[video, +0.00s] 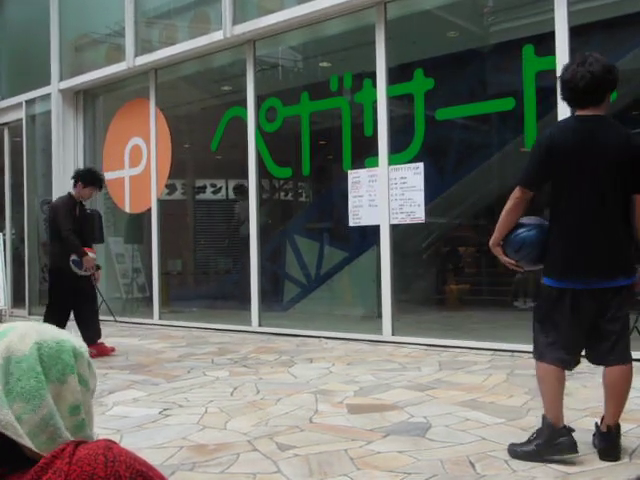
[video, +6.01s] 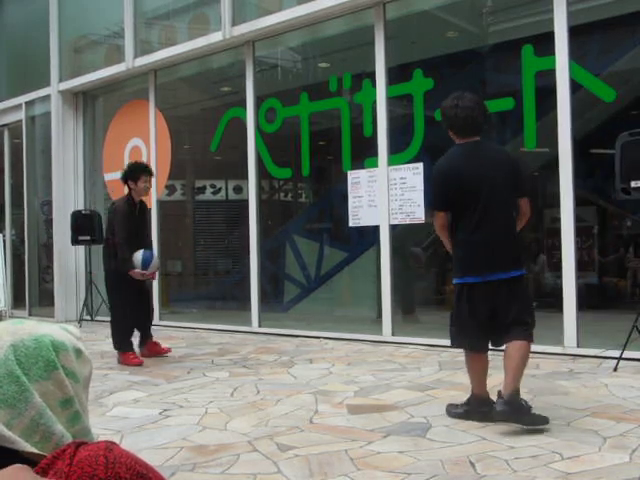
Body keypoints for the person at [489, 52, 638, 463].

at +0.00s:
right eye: (611, 89)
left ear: (568, 94)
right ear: (611, 94)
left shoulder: (555, 139)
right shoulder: (627, 139)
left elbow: (521, 195)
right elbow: (635, 204)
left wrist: (496, 240)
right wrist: (633, 250)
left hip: (566, 266)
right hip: (617, 263)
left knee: (550, 344)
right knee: (617, 347)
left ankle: (553, 431)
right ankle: (610, 433)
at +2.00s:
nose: (549, 128)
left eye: (549, 123)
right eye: (550, 122)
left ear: (555, 125)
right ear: (585, 124)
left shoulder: (561, 154)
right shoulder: (598, 158)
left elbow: (549, 197)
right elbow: (596, 209)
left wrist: (522, 237)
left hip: (563, 263)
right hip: (591, 263)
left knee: (548, 327)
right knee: (585, 328)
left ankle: (557, 402)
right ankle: (594, 397)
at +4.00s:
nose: (577, 115)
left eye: (580, 107)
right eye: (578, 107)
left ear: (594, 109)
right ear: (602, 110)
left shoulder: (617, 144)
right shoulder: (608, 145)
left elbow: (628, 194)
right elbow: (616, 198)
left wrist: (629, 242)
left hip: (609, 256)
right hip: (605, 255)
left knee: (595, 330)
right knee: (594, 330)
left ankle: (584, 403)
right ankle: (584, 402)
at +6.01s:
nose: (447, 129)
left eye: (446, 124)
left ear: (448, 129)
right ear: (482, 123)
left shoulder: (446, 167)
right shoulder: (506, 159)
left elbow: (440, 222)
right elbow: (524, 212)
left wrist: (458, 250)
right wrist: (504, 238)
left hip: (470, 267)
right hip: (508, 263)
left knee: (473, 333)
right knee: (519, 327)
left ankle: (479, 399)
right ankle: (510, 396)